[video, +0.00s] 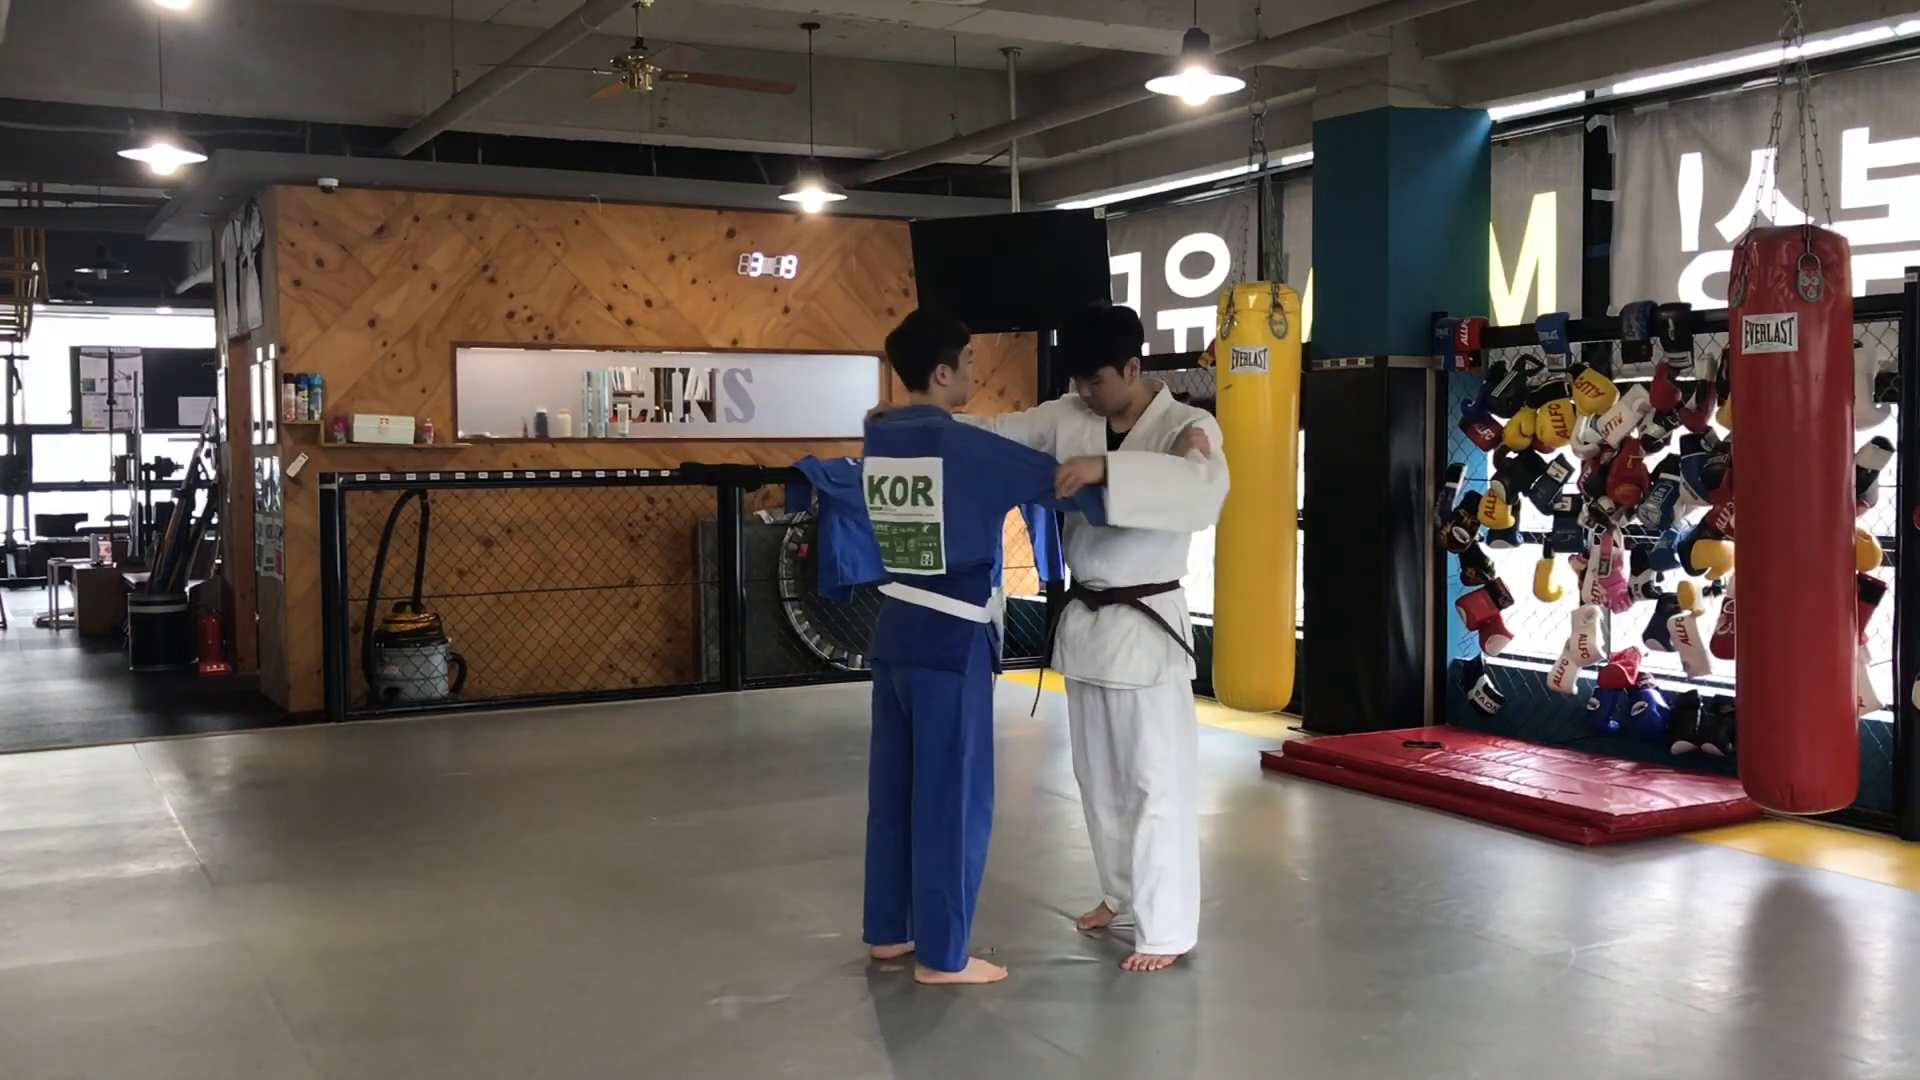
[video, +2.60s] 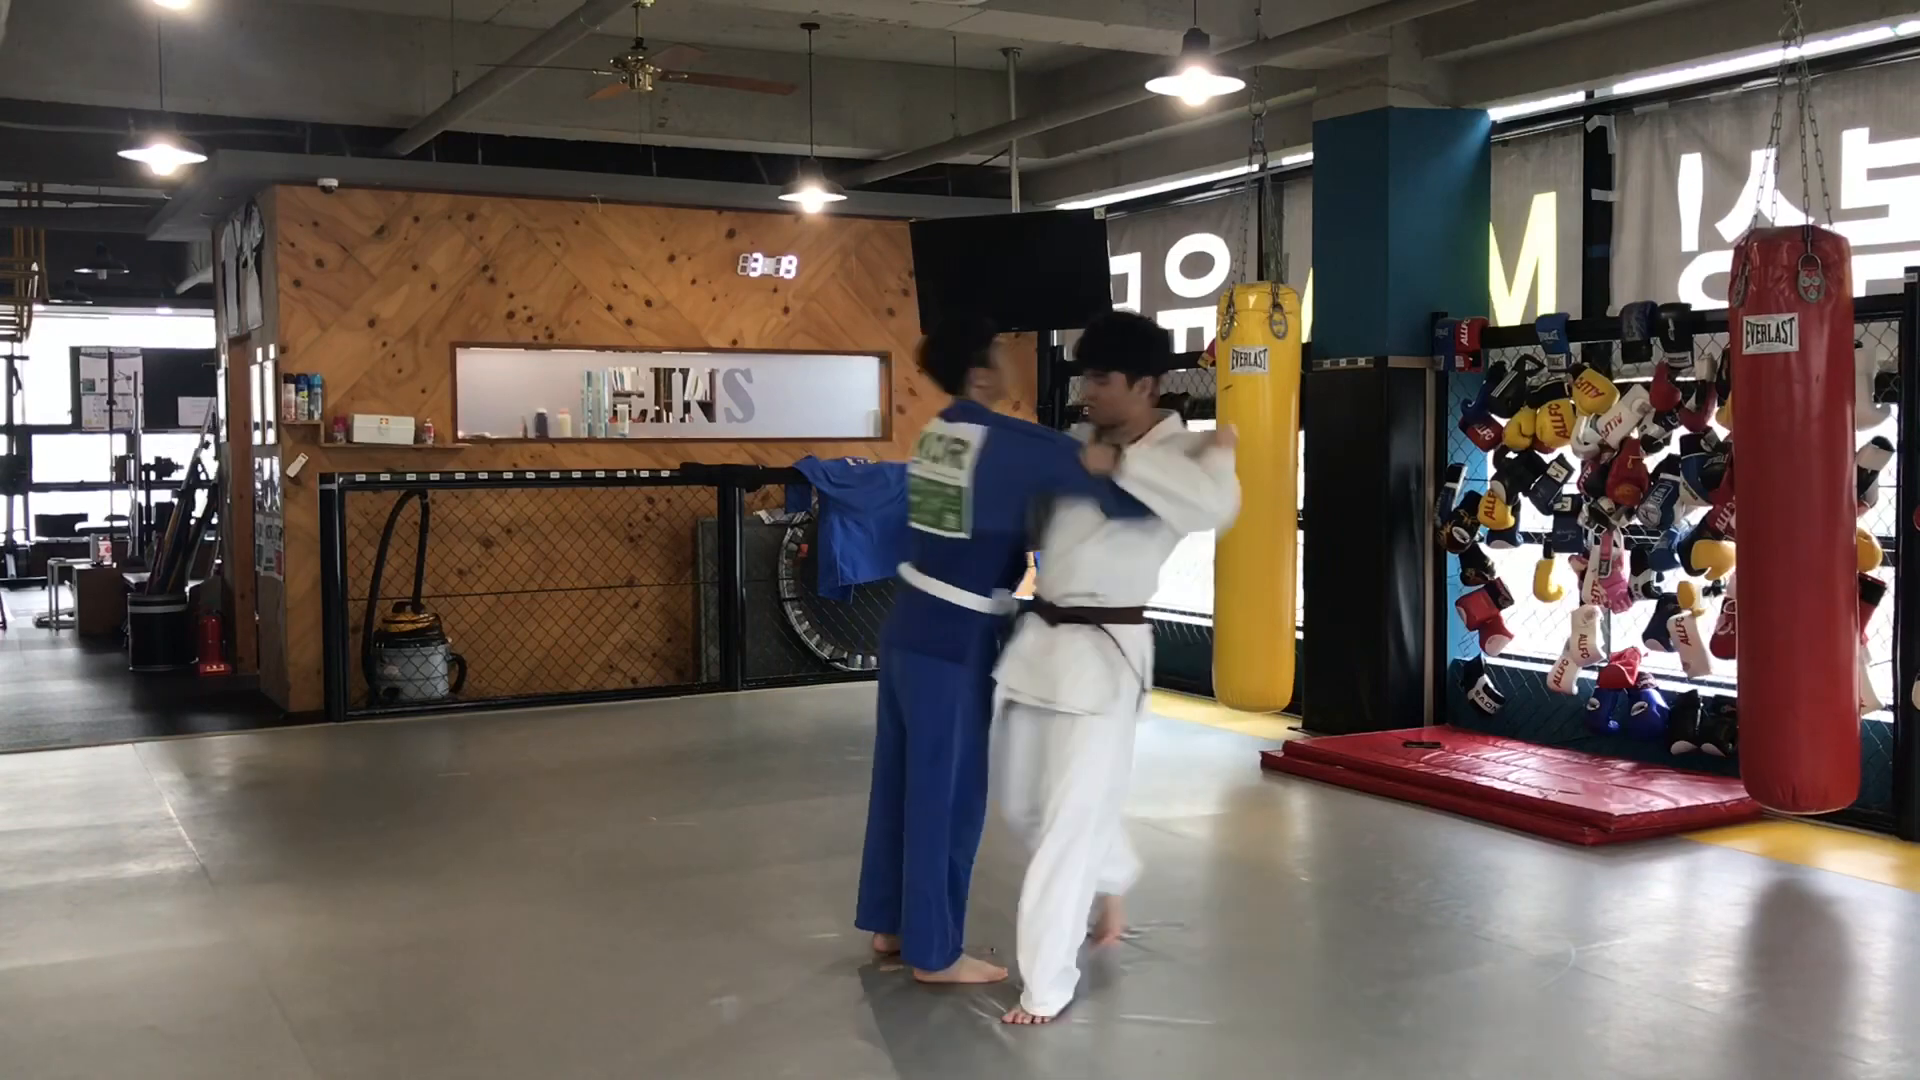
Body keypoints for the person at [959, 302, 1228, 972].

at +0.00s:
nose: (1084, 393)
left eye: (1092, 380)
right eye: (1078, 382)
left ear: (1131, 368)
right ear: (1079, 378)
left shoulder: (1189, 426)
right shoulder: (1072, 418)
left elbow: (1206, 493)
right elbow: (990, 434)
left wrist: (1109, 469)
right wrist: (909, 424)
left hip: (1149, 625)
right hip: (1086, 622)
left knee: (1156, 786)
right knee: (1103, 779)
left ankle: (1169, 932)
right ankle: (1123, 900)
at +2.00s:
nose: (1085, 405)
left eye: (1093, 391)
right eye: (1080, 394)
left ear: (1132, 376)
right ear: (1090, 390)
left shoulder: (1191, 438)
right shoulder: (1085, 439)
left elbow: (1152, 517)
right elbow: (1018, 481)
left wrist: (1063, 511)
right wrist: (955, 475)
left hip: (1205, 621)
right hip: (1143, 620)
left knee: (1212, 779)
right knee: (1147, 775)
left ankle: (1215, 921)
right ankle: (1163, 908)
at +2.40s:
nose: (1107, 393)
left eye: (1118, 379)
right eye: (1104, 380)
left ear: (1160, 377)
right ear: (1111, 381)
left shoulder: (1197, 442)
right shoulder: (1112, 442)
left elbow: (1158, 484)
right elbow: (1059, 500)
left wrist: (1065, 464)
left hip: (1166, 633)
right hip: (1107, 629)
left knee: (1120, 778)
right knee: (1120, 778)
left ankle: (1153, 917)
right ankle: (1152, 907)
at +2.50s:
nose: (1105, 397)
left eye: (1113, 383)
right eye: (1103, 385)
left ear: (1156, 379)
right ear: (1140, 380)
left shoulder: (1199, 441)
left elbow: (1173, 458)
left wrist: (1078, 445)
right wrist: (975, 478)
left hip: (1140, 642)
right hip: (1079, 637)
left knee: (1092, 786)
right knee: (1103, 784)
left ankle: (1080, 961)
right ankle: (1148, 899)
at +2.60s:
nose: (1084, 393)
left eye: (1098, 380)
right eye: (1084, 380)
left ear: (1144, 385)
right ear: (1099, 387)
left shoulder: (1187, 453)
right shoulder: (1070, 452)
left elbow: (1217, 505)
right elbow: (1012, 508)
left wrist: (1124, 460)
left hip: (1106, 650)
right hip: (1037, 639)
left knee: (1073, 813)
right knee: (1023, 802)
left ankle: (1048, 983)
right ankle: (1108, 875)